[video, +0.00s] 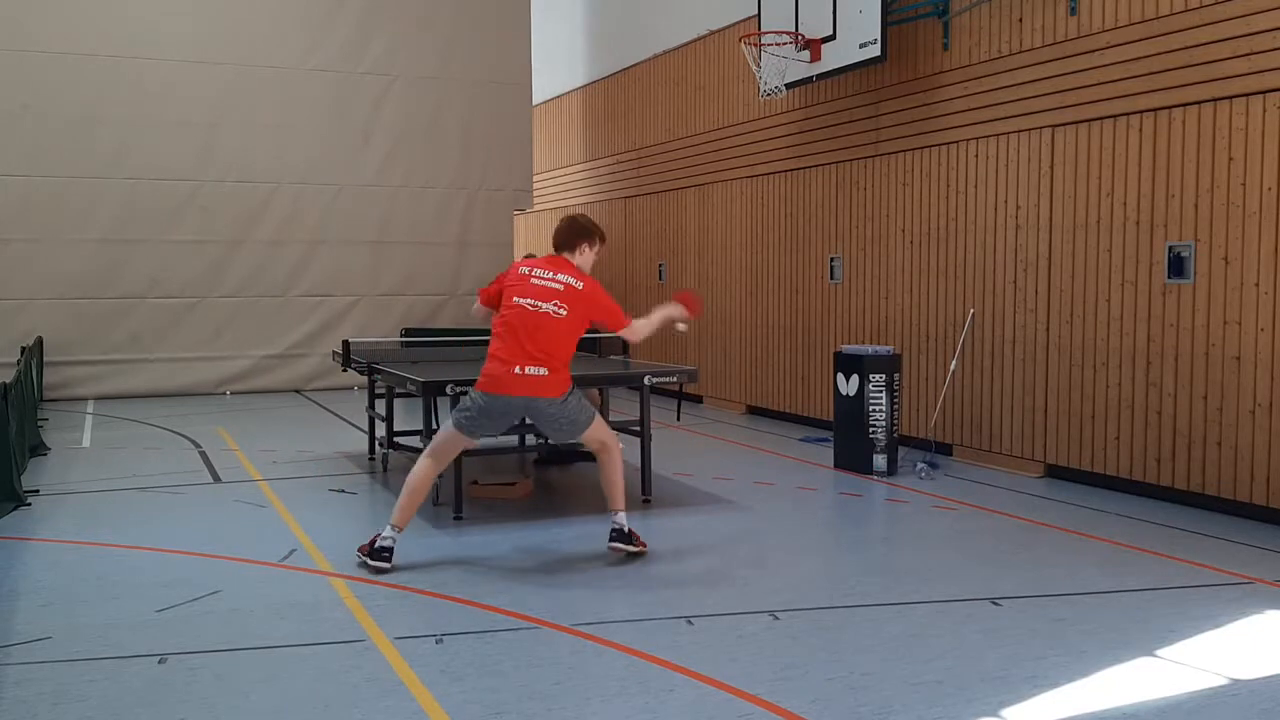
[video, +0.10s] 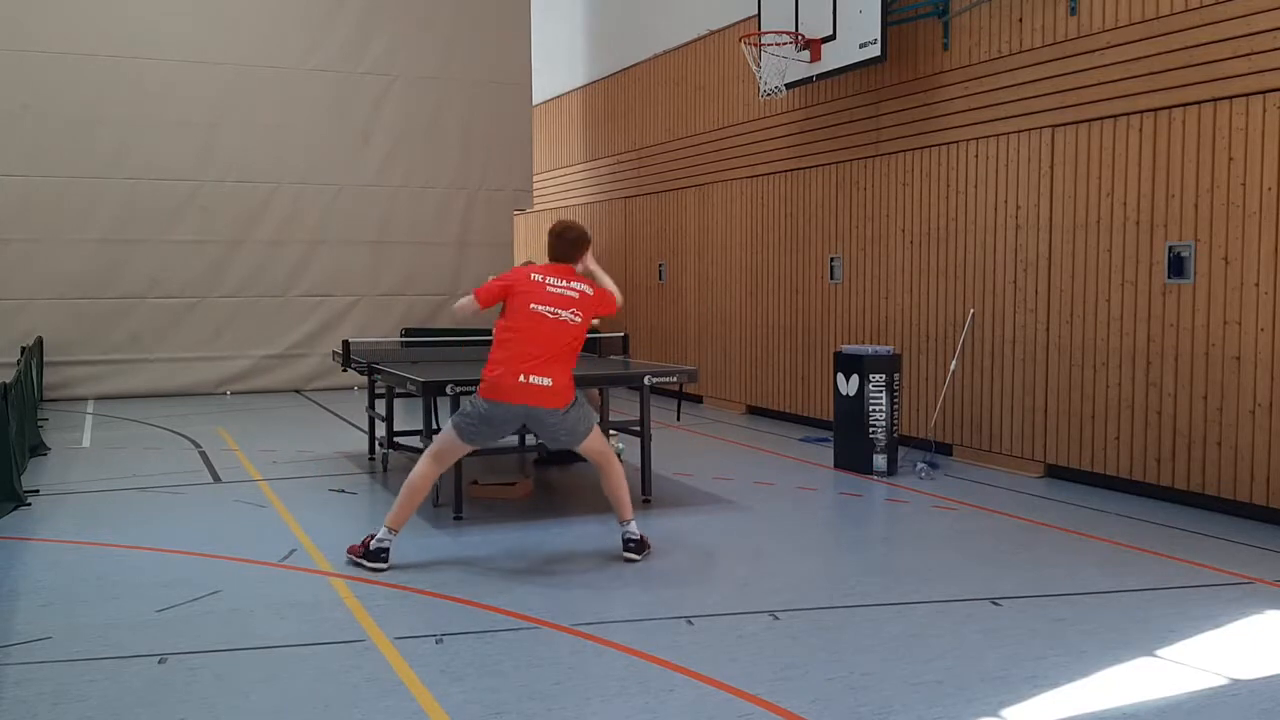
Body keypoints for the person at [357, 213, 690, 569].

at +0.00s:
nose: (596, 262)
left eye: (597, 255)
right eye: (595, 254)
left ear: (560, 246)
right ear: (582, 250)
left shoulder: (520, 269)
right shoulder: (585, 286)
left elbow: (481, 309)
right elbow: (634, 333)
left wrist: (523, 309)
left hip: (494, 390)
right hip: (550, 395)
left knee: (434, 458)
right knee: (607, 444)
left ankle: (386, 540)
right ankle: (621, 527)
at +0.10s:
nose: (590, 260)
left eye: (587, 253)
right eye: (588, 254)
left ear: (548, 252)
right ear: (583, 258)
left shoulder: (520, 277)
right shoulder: (588, 295)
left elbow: (462, 309)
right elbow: (615, 300)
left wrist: (480, 297)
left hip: (498, 396)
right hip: (554, 403)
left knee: (434, 460)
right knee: (605, 459)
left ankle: (381, 542)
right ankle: (632, 535)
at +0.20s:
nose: (565, 263)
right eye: (565, 257)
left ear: (528, 255)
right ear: (562, 261)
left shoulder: (505, 281)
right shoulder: (571, 294)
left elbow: (442, 314)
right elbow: (589, 317)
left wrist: (447, 301)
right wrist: (570, 281)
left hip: (501, 404)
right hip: (557, 408)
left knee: (429, 464)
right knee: (601, 458)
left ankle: (378, 544)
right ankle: (635, 534)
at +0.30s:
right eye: (538, 245)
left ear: (504, 244)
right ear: (540, 248)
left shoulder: (483, 272)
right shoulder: (552, 287)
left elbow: (427, 308)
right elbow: (580, 329)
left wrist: (435, 314)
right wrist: (549, 316)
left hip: (477, 391)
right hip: (536, 398)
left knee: (410, 455)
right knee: (586, 454)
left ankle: (364, 534)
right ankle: (626, 530)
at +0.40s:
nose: (518, 257)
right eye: (519, 252)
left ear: (480, 250)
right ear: (517, 253)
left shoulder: (459, 275)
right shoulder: (531, 287)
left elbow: (412, 323)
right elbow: (570, 345)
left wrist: (422, 343)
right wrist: (554, 358)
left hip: (454, 391)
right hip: (512, 396)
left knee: (392, 458)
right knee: (574, 448)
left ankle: (339, 535)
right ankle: (597, 533)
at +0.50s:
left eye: (456, 275)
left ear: (455, 276)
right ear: (492, 278)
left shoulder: (434, 302)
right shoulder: (508, 307)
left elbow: (392, 358)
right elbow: (555, 361)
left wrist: (421, 367)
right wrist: (540, 391)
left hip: (434, 412)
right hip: (493, 414)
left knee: (373, 468)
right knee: (556, 454)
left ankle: (323, 545)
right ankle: (586, 539)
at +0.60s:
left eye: (435, 287)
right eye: (464, 287)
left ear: (431, 287)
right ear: (468, 288)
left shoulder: (412, 311)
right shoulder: (486, 314)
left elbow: (381, 366)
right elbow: (526, 364)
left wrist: (412, 371)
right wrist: (496, 388)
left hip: (421, 421)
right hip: (480, 421)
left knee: (356, 462)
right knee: (545, 460)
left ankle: (318, 544)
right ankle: (583, 539)